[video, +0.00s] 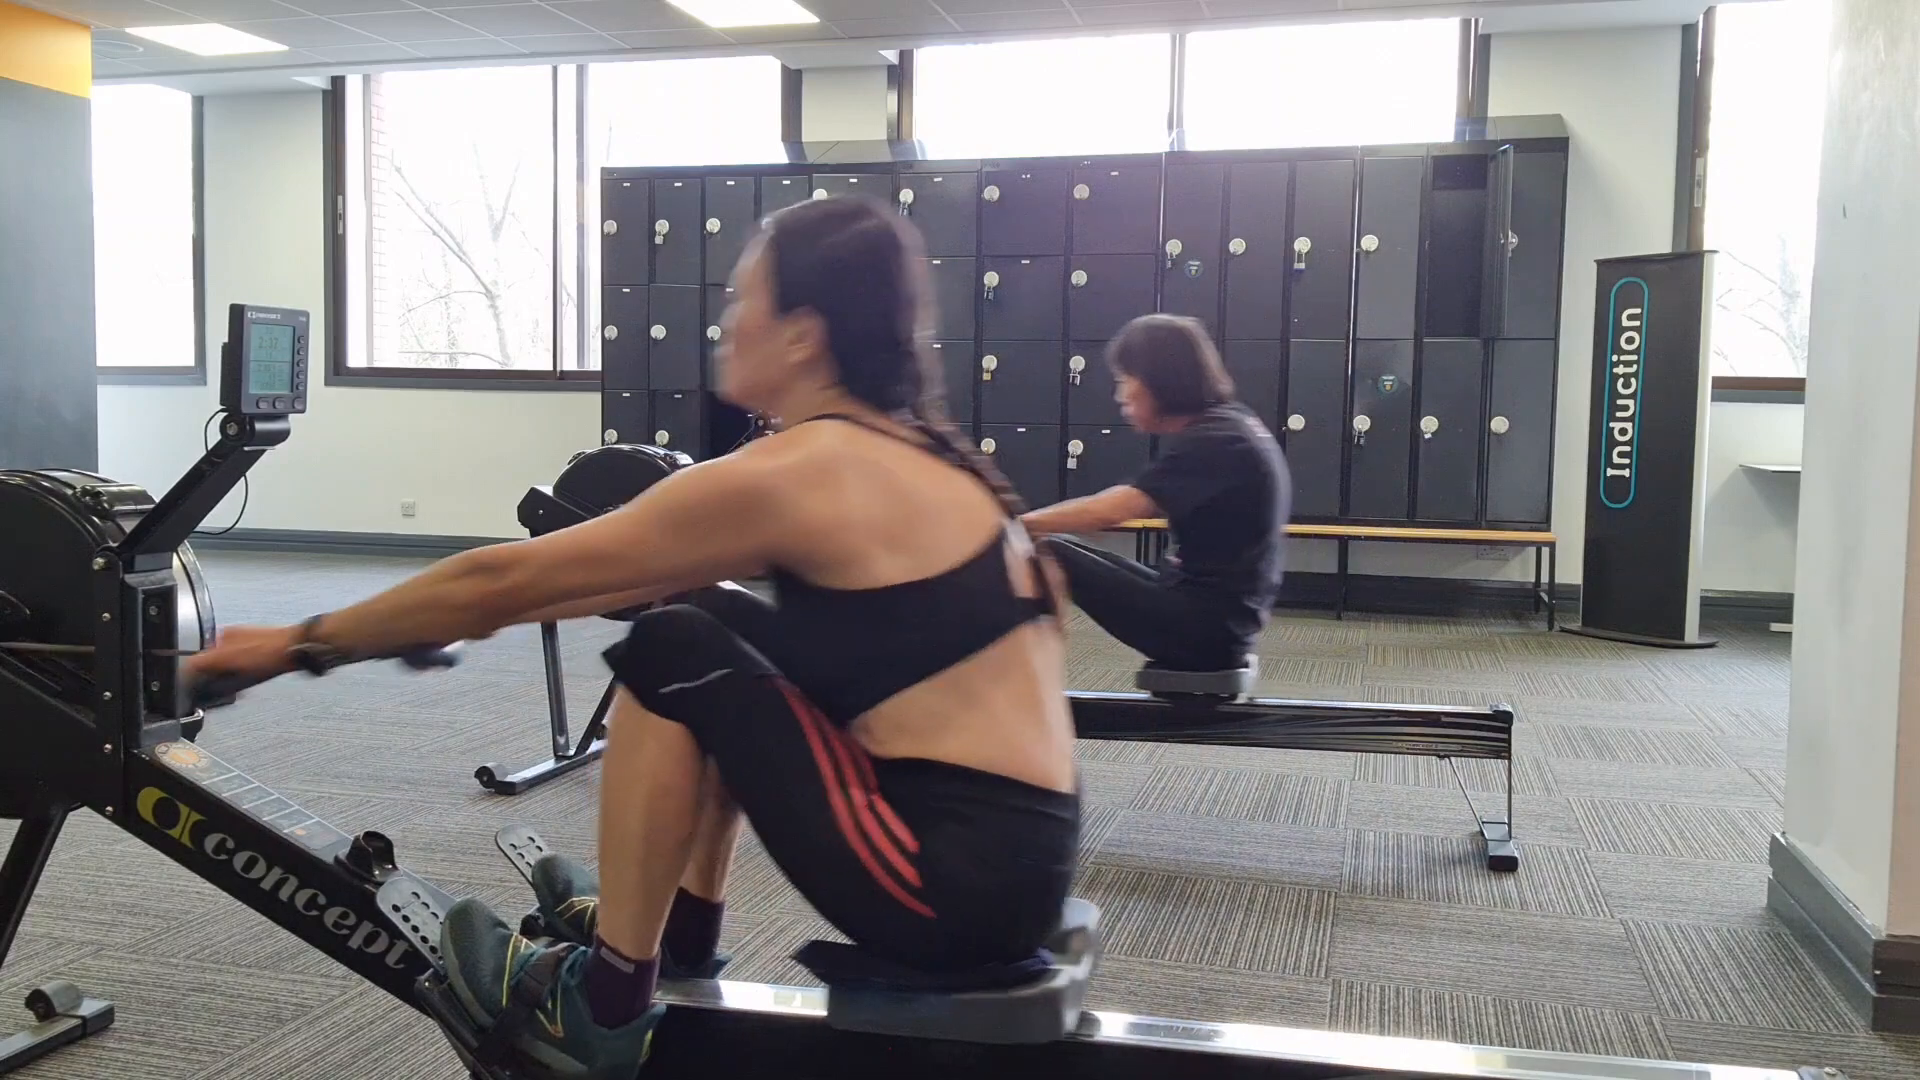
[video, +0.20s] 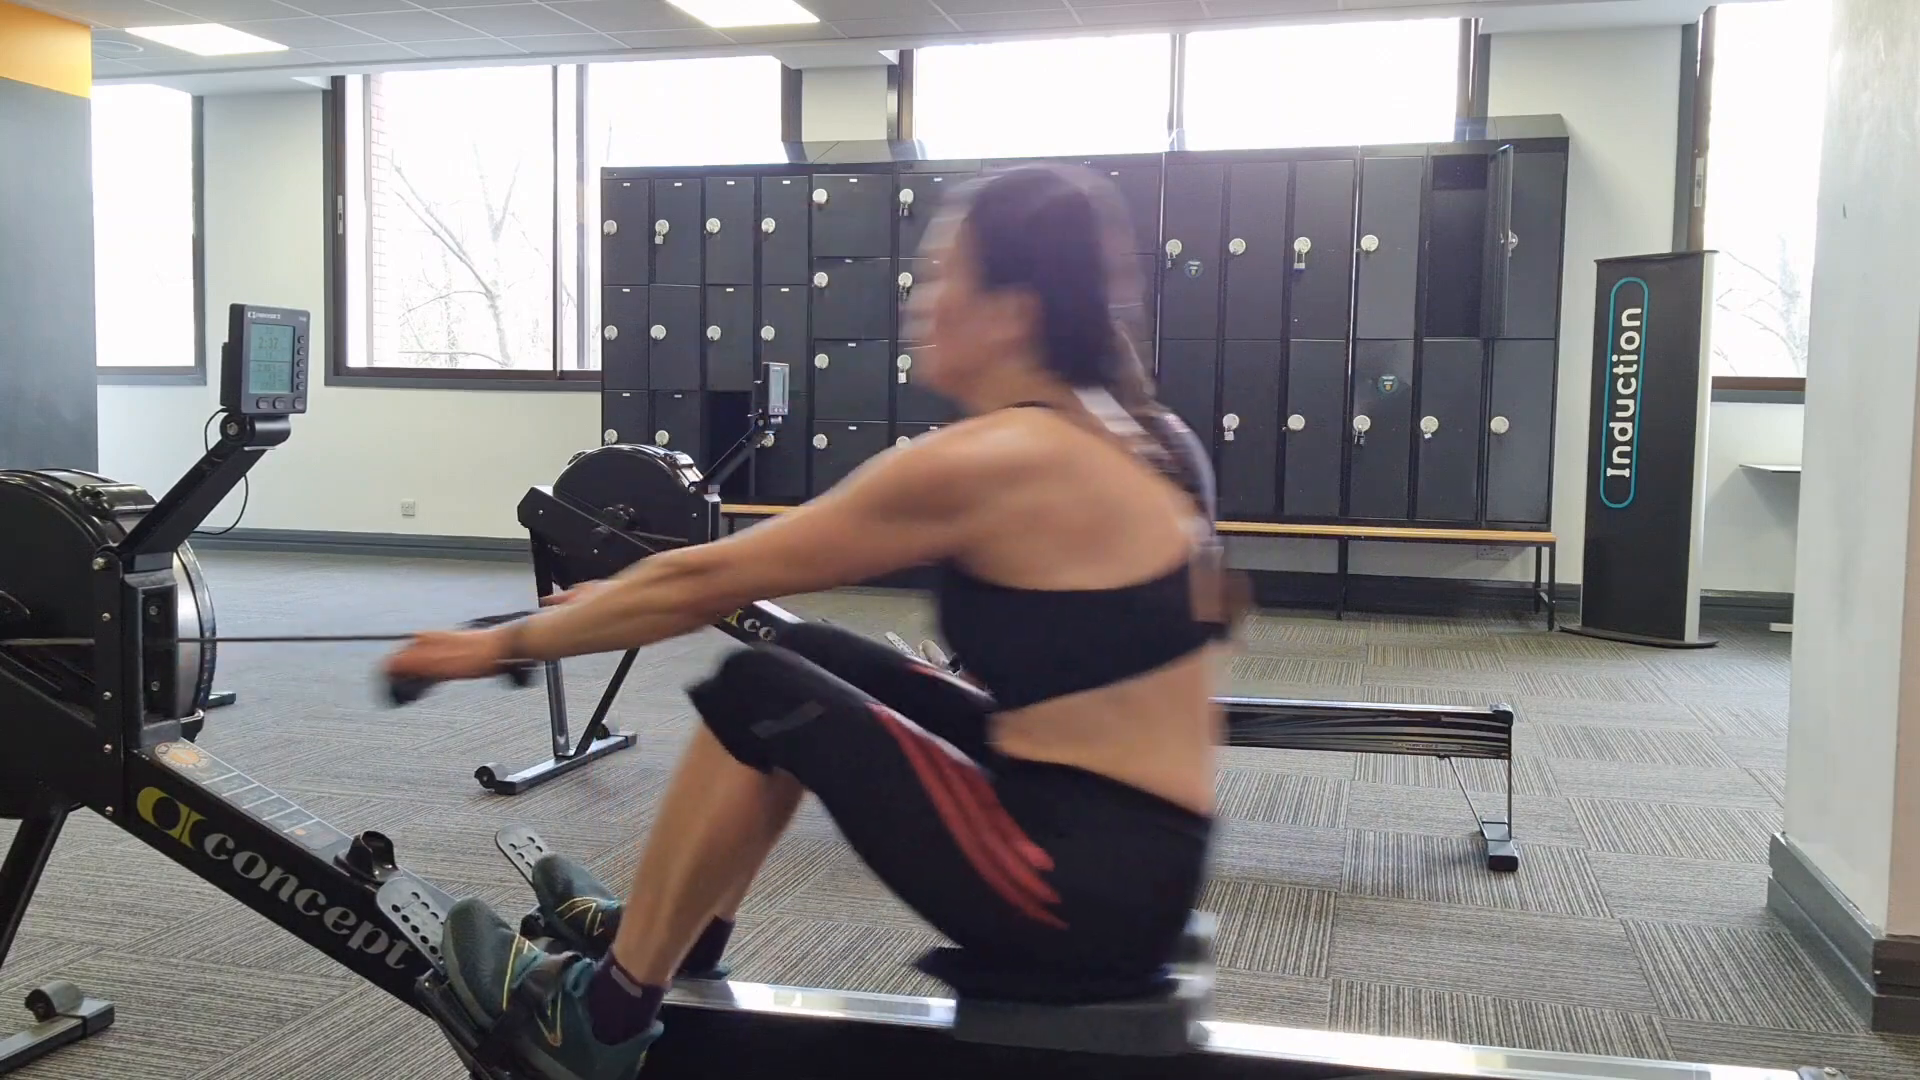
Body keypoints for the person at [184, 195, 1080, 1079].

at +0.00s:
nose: (721, 327)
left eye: (739, 304)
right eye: (729, 304)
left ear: (807, 333)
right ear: (845, 339)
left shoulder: (793, 477)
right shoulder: (932, 458)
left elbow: (505, 583)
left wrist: (297, 640)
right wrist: (559, 596)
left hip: (938, 891)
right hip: (1024, 876)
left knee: (670, 645)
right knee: (736, 636)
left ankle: (610, 997)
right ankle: (684, 931)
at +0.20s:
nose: (915, 304)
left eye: (937, 280)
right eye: (924, 278)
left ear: (1016, 314)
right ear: (1028, 315)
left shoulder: (988, 463)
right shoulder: (1118, 432)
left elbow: (708, 584)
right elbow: (857, 544)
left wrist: (497, 646)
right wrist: (636, 585)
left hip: (1071, 885)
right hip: (1136, 848)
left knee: (763, 691)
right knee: (795, 646)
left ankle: (607, 1006)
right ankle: (681, 949)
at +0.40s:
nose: (1153, 291)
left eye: (1182, 266)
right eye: (1161, 263)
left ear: (1275, 293)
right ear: (1269, 295)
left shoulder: (1225, 452)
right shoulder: (1299, 428)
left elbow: (940, 586)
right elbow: (976, 559)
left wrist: (717, 639)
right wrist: (798, 596)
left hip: (1249, 884)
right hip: (1249, 820)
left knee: (890, 763)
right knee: (919, 728)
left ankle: (625, 1017)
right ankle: (674, 966)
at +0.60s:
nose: (1408, 313)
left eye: (1441, 283)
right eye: (1415, 280)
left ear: (1546, 310)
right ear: (1519, 308)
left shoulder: (1509, 480)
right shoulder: (1490, 462)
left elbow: (1201, 615)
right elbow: (1253, 568)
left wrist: (962, 650)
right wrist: (1039, 574)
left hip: (1358, 896)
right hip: (1333, 824)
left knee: (960, 844)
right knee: (975, 809)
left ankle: (610, 1030)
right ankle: (683, 946)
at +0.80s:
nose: (1497, 372)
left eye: (1523, 338)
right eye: (1502, 340)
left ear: (1637, 349)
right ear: (1631, 352)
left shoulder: (1654, 540)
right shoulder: (1599, 512)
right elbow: (1433, 724)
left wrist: (1243, 789)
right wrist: (1264, 670)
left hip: (1386, 934)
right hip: (1342, 861)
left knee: (957, 891)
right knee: (970, 841)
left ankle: (617, 1029)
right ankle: (695, 954)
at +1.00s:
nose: (1438, 332)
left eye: (1464, 303)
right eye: (1444, 303)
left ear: (1573, 319)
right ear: (1554, 324)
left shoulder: (1600, 519)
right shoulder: (1537, 486)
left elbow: (1661, 843)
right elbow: (1548, 754)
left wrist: (1397, 837)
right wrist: (1368, 697)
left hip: (1377, 912)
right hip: (1350, 842)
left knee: (962, 852)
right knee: (965, 827)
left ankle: (622, 1034)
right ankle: (671, 960)